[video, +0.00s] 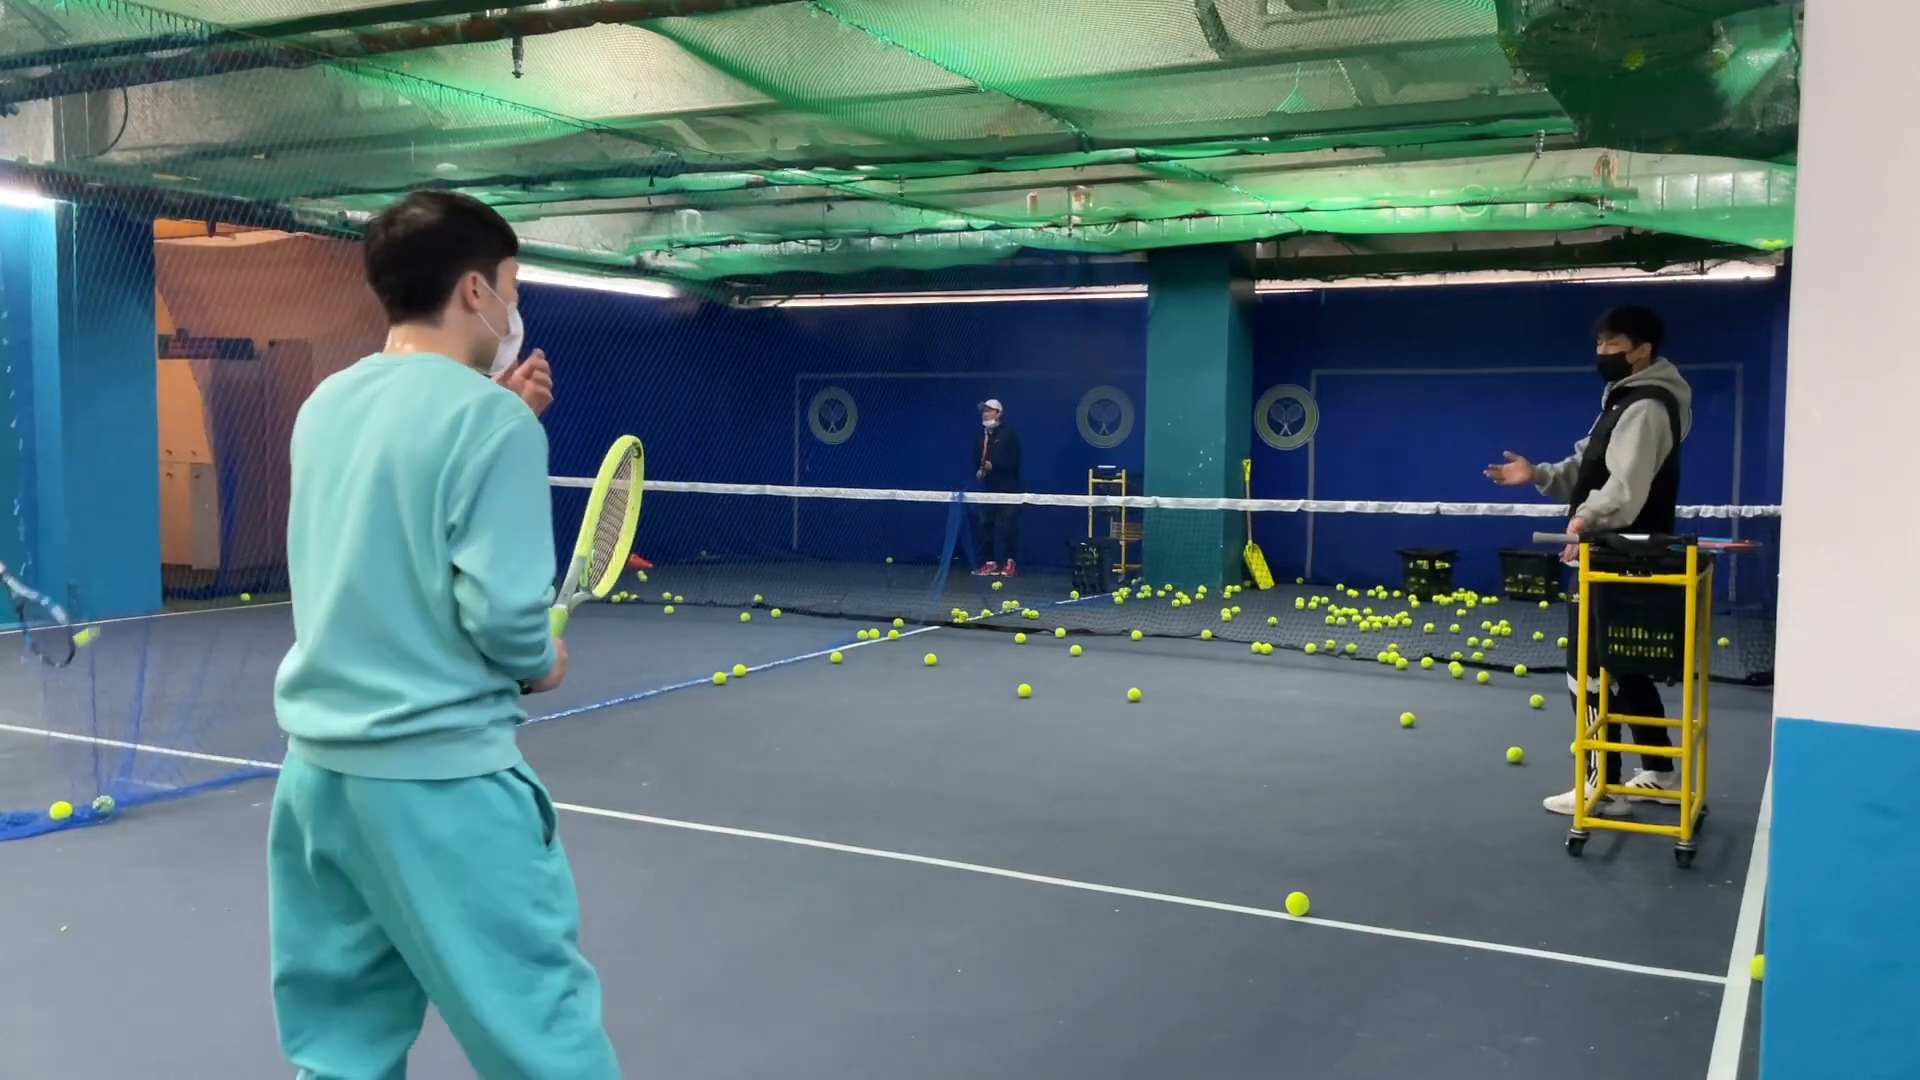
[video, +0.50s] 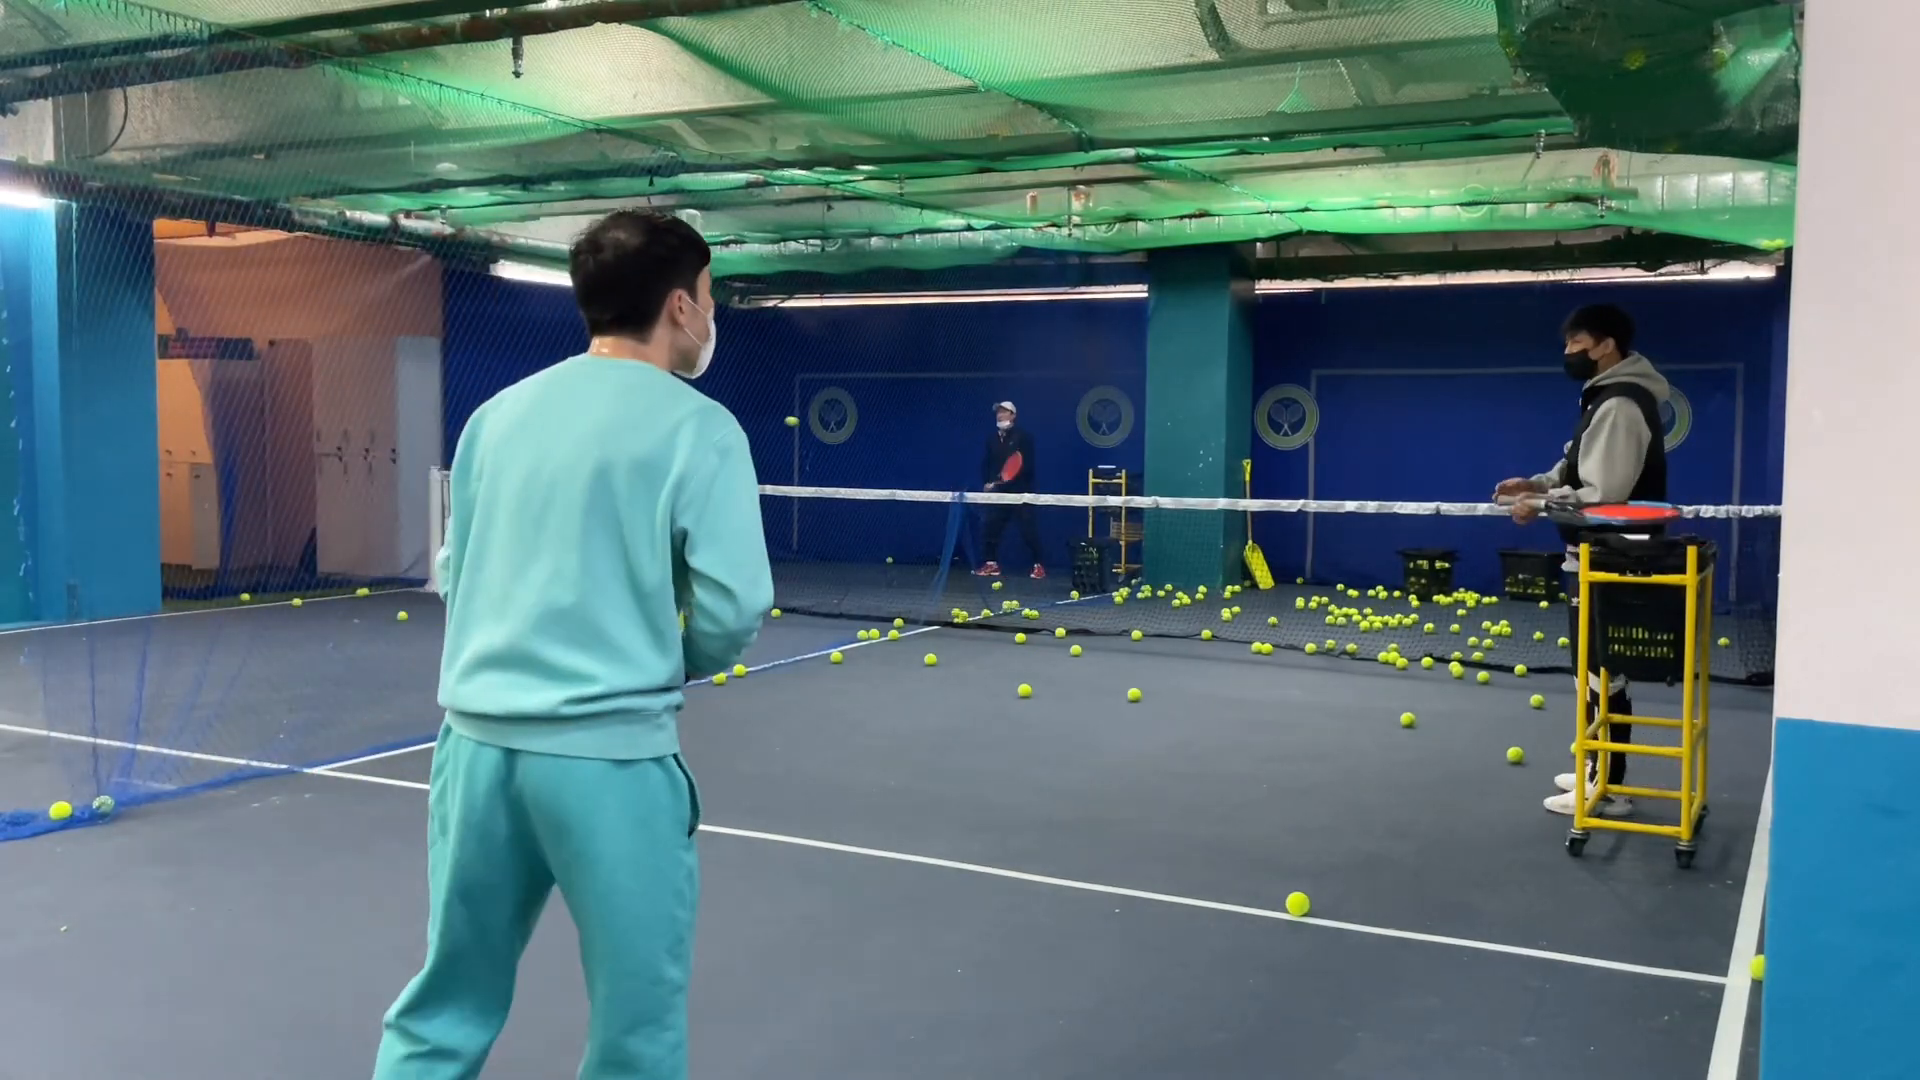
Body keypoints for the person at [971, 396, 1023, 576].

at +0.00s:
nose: (985, 414)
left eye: (989, 410)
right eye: (984, 410)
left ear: (998, 413)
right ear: (982, 413)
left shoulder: (1008, 434)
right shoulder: (981, 435)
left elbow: (1013, 462)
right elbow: (977, 458)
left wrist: (993, 465)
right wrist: (979, 470)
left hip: (1008, 486)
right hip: (989, 485)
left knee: (1007, 524)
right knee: (987, 523)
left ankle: (1009, 561)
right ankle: (991, 561)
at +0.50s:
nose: (1000, 416)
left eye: (1004, 412)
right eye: (998, 413)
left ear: (1013, 415)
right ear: (995, 416)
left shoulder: (1023, 437)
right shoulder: (992, 439)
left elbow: (1027, 465)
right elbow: (986, 463)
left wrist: (1006, 480)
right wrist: (987, 481)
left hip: (1020, 488)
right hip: (998, 489)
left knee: (1028, 527)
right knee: (992, 525)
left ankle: (1037, 564)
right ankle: (991, 563)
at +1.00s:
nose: (1034, 443)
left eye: (1037, 440)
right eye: (1031, 440)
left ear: (1042, 442)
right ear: (1025, 440)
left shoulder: (1048, 460)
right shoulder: (1015, 458)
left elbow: (1054, 486)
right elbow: (1001, 482)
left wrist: (1046, 490)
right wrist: (990, 501)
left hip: (1039, 503)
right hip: (1014, 501)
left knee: (1046, 526)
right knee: (997, 522)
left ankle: (1034, 566)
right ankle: (992, 563)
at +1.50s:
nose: (1036, 421)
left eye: (1040, 417)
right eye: (1034, 417)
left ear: (1046, 421)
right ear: (1029, 419)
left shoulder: (1052, 441)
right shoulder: (1019, 440)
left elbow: (1062, 471)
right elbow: (1005, 468)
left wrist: (1055, 461)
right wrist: (1000, 494)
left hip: (1042, 491)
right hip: (1018, 490)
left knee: (1041, 529)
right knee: (1017, 528)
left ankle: (1033, 565)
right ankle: (1016, 563)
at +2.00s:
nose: (1037, 416)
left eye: (1041, 413)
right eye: (1034, 413)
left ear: (1048, 415)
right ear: (1030, 414)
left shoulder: (1056, 436)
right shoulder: (1022, 435)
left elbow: (1075, 454)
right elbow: (1011, 460)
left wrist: (1093, 467)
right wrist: (999, 483)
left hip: (1048, 490)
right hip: (1025, 489)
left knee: (1053, 530)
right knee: (1020, 529)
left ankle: (1059, 565)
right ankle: (1020, 565)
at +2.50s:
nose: (1052, 412)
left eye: (1056, 409)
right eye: (1050, 408)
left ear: (1063, 412)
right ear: (1046, 411)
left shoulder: (1070, 436)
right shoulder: (1036, 433)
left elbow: (1090, 455)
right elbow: (1028, 458)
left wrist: (1101, 470)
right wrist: (1021, 480)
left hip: (1059, 489)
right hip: (1034, 487)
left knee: (1059, 529)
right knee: (1026, 527)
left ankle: (1059, 565)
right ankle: (1024, 564)